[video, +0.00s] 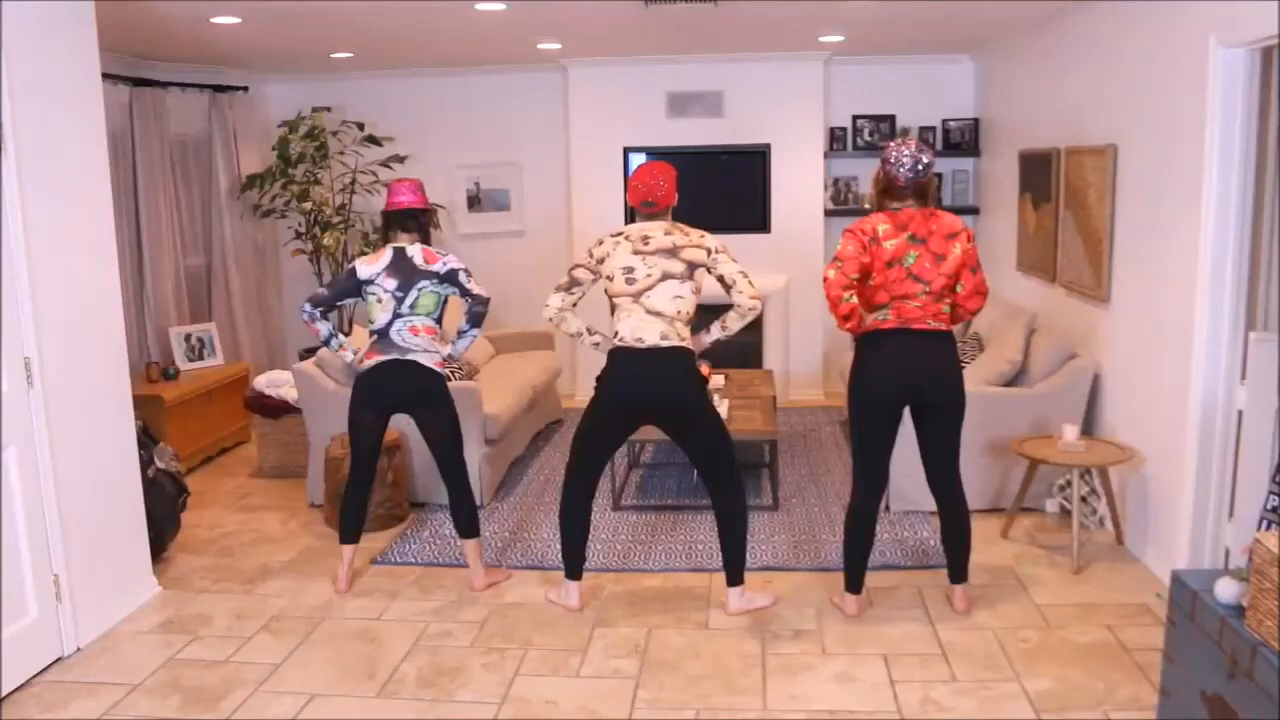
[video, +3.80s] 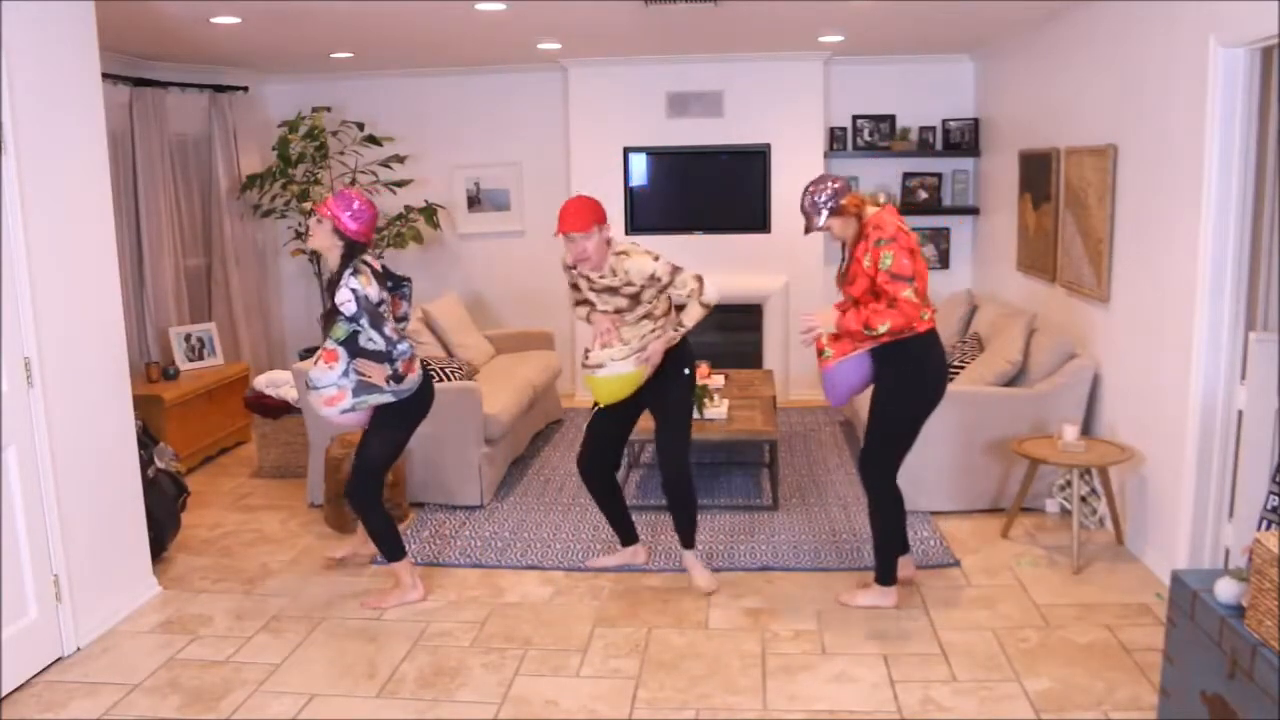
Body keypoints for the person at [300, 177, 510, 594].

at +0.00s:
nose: (423, 226)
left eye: (402, 221)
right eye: (424, 220)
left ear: (387, 222)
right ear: (426, 221)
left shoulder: (367, 265)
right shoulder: (443, 262)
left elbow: (310, 308)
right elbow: (479, 301)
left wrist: (348, 351)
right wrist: (455, 351)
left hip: (373, 380)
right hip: (426, 380)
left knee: (360, 473)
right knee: (455, 473)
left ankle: (345, 572)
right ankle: (478, 572)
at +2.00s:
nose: (374, 227)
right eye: (382, 218)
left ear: (344, 221)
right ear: (385, 218)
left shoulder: (327, 264)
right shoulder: (406, 259)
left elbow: (277, 309)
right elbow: (453, 297)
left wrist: (313, 353)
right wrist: (430, 343)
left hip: (347, 383)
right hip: (401, 379)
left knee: (345, 474)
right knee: (439, 463)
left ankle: (340, 571)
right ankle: (471, 559)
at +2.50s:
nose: (377, 235)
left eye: (371, 228)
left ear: (371, 229)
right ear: (410, 225)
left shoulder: (362, 269)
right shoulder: (436, 262)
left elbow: (332, 316)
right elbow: (491, 296)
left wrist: (362, 352)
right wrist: (467, 346)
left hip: (397, 384)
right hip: (448, 378)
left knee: (367, 470)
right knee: (445, 462)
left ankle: (346, 569)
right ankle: (459, 556)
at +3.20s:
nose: (346, 221)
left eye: (349, 217)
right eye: (349, 215)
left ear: (358, 222)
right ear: (392, 223)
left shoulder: (367, 269)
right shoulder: (407, 263)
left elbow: (396, 324)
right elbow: (461, 295)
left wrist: (392, 359)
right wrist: (445, 346)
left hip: (427, 387)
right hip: (452, 376)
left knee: (380, 476)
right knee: (428, 461)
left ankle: (409, 583)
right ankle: (460, 553)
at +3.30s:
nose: (332, 226)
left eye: (336, 219)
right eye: (333, 218)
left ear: (353, 225)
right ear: (371, 225)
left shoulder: (364, 273)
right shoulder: (393, 262)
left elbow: (386, 346)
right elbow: (442, 295)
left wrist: (336, 359)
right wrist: (427, 341)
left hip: (421, 390)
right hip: (444, 377)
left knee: (376, 479)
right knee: (420, 461)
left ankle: (409, 583)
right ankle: (459, 551)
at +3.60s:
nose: (316, 223)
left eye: (323, 218)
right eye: (319, 216)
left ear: (343, 227)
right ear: (353, 228)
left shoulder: (356, 275)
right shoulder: (377, 261)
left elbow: (370, 342)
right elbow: (416, 288)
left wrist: (319, 368)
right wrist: (404, 339)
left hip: (406, 393)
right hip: (423, 381)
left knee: (364, 487)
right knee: (388, 458)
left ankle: (408, 583)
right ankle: (420, 540)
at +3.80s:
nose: (309, 226)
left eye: (317, 221)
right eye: (312, 219)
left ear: (339, 233)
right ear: (343, 233)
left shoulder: (347, 284)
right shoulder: (368, 261)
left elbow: (330, 364)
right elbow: (403, 284)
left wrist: (303, 378)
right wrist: (396, 335)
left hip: (402, 394)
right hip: (410, 383)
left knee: (361, 491)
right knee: (367, 467)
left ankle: (408, 583)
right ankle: (366, 539)